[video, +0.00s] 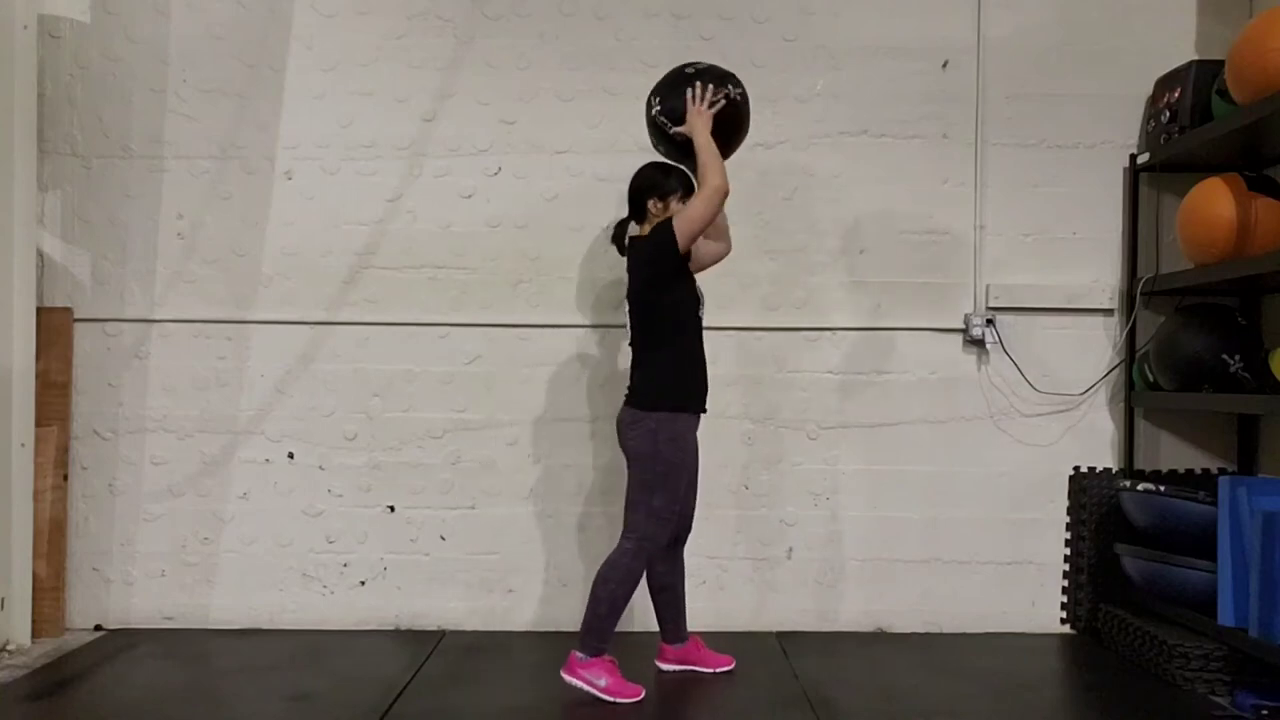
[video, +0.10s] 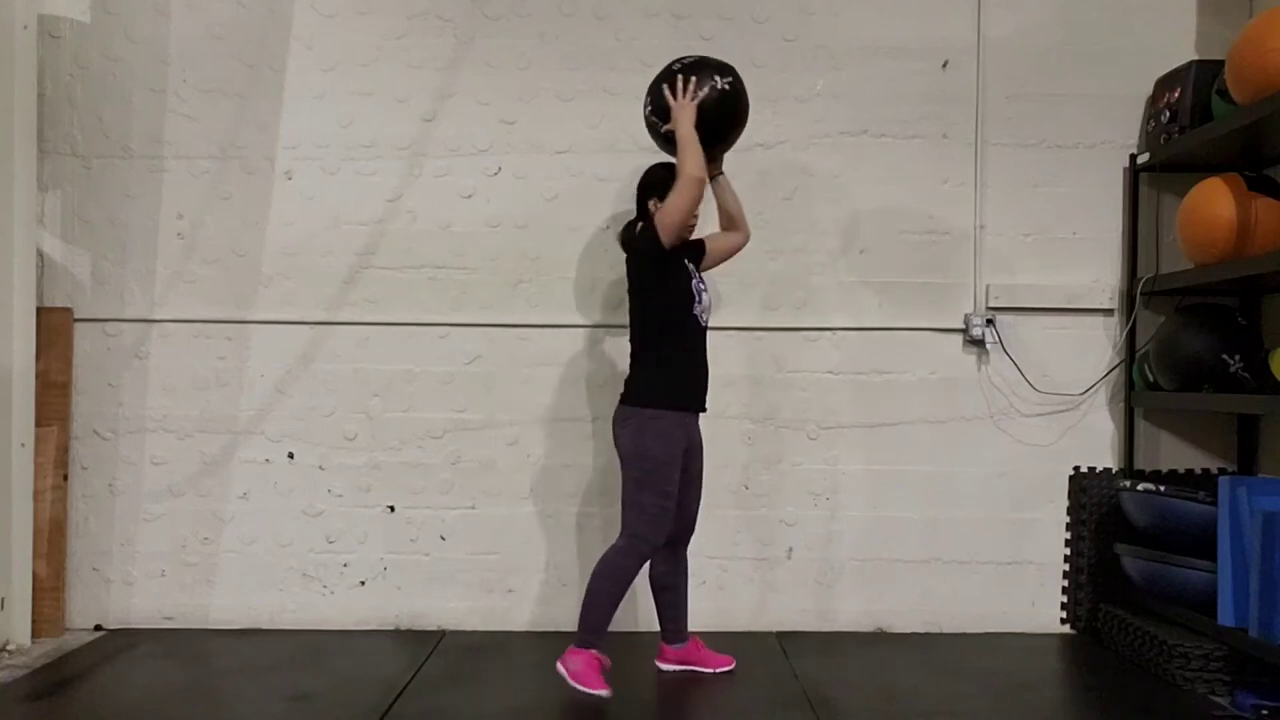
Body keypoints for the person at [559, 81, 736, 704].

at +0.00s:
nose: (696, 210)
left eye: (693, 202)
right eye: (690, 200)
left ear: (654, 207)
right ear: (669, 203)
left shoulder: (665, 256)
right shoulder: (653, 250)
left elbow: (718, 245)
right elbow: (714, 191)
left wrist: (711, 174)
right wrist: (700, 131)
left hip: (674, 420)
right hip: (656, 420)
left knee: (671, 535)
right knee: (641, 539)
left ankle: (676, 644)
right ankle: (587, 655)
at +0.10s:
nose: (688, 208)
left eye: (689, 202)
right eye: (679, 197)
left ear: (679, 208)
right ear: (656, 204)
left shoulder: (687, 258)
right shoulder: (646, 247)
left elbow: (735, 233)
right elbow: (690, 182)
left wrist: (716, 173)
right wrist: (685, 126)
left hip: (683, 420)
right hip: (648, 418)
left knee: (674, 536)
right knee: (640, 536)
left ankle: (676, 644)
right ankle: (584, 649)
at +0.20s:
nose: (689, 207)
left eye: (695, 200)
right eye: (679, 197)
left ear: (697, 208)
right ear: (654, 201)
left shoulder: (696, 254)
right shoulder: (639, 251)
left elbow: (750, 222)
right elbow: (657, 185)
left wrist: (719, 162)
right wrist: (664, 123)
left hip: (690, 421)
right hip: (645, 418)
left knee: (680, 538)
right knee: (635, 536)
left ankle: (677, 644)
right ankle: (578, 648)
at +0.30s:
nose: (672, 209)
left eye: (681, 202)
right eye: (662, 200)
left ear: (690, 209)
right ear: (642, 206)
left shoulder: (698, 256)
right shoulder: (627, 254)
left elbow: (757, 212)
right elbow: (622, 184)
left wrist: (719, 150)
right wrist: (637, 119)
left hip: (695, 424)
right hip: (640, 423)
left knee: (690, 538)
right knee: (621, 539)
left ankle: (679, 643)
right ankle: (582, 654)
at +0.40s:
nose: (649, 209)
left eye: (660, 201)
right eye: (641, 201)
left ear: (677, 207)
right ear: (626, 208)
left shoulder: (699, 253)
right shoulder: (610, 255)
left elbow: (751, 199)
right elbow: (587, 182)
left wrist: (714, 143)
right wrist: (609, 119)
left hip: (694, 420)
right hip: (632, 421)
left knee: (700, 533)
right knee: (606, 538)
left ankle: (681, 639)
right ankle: (577, 656)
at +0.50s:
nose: (625, 212)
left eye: (636, 202)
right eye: (618, 204)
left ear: (661, 207)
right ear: (612, 212)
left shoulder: (690, 254)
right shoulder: (602, 261)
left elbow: (731, 189)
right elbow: (561, 191)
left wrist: (699, 127)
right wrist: (590, 120)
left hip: (685, 423)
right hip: (618, 424)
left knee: (700, 538)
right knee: (588, 539)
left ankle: (696, 627)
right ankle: (576, 655)